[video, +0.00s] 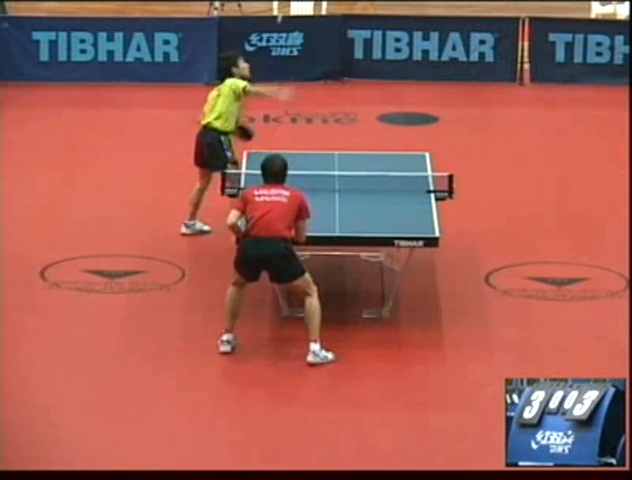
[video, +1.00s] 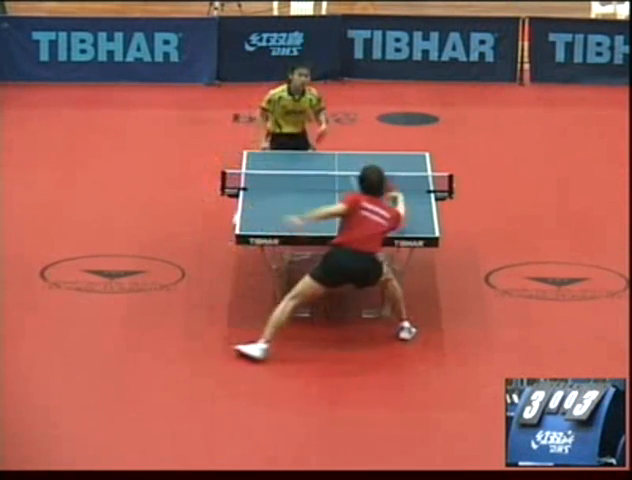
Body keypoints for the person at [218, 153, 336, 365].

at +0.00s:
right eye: (283, 171)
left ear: (263, 174)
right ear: (285, 175)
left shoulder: (249, 194)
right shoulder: (296, 197)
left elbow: (231, 221)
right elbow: (300, 238)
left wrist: (243, 236)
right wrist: (280, 233)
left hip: (250, 245)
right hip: (279, 246)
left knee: (237, 284)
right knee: (310, 292)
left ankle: (228, 336)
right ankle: (315, 347)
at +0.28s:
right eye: (295, 167)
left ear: (275, 169)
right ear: (298, 170)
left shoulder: (260, 191)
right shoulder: (307, 194)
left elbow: (239, 219)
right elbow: (316, 233)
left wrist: (256, 228)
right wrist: (296, 232)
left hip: (261, 246)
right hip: (291, 249)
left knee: (242, 286)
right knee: (325, 293)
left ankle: (228, 336)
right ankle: (348, 344)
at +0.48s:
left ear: (290, 168)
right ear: (312, 169)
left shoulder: (276, 190)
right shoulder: (324, 193)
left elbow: (259, 221)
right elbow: (339, 232)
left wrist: (272, 227)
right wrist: (324, 228)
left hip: (277, 245)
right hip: (307, 247)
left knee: (247, 286)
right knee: (339, 290)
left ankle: (230, 337)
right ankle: (350, 345)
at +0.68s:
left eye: (309, 168)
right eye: (317, 169)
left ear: (301, 172)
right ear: (322, 174)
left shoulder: (285, 194)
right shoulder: (333, 198)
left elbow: (255, 213)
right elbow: (356, 228)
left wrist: (250, 214)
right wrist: (338, 220)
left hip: (288, 254)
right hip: (319, 256)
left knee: (249, 294)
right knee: (353, 282)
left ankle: (237, 345)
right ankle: (369, 331)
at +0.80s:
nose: (332, 176)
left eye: (328, 172)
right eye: (341, 173)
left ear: (323, 174)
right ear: (345, 176)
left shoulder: (310, 193)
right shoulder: (354, 201)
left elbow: (279, 201)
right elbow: (377, 225)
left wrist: (248, 203)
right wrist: (357, 214)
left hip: (304, 255)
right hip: (334, 257)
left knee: (262, 294)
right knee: (367, 285)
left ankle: (238, 345)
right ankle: (398, 324)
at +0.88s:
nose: (347, 180)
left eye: (343, 176)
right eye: (356, 176)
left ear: (340, 179)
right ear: (362, 180)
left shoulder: (331, 197)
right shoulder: (373, 206)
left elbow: (300, 202)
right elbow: (395, 224)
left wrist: (268, 205)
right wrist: (382, 215)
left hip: (322, 256)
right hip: (351, 260)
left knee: (279, 298)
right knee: (378, 285)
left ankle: (243, 344)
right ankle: (404, 327)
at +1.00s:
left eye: (363, 184)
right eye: (382, 183)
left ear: (361, 185)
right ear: (383, 188)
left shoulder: (356, 200)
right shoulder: (391, 215)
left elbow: (337, 211)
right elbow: (401, 217)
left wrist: (303, 219)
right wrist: (399, 200)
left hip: (339, 256)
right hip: (367, 261)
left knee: (293, 298)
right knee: (388, 280)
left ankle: (262, 344)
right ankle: (405, 326)